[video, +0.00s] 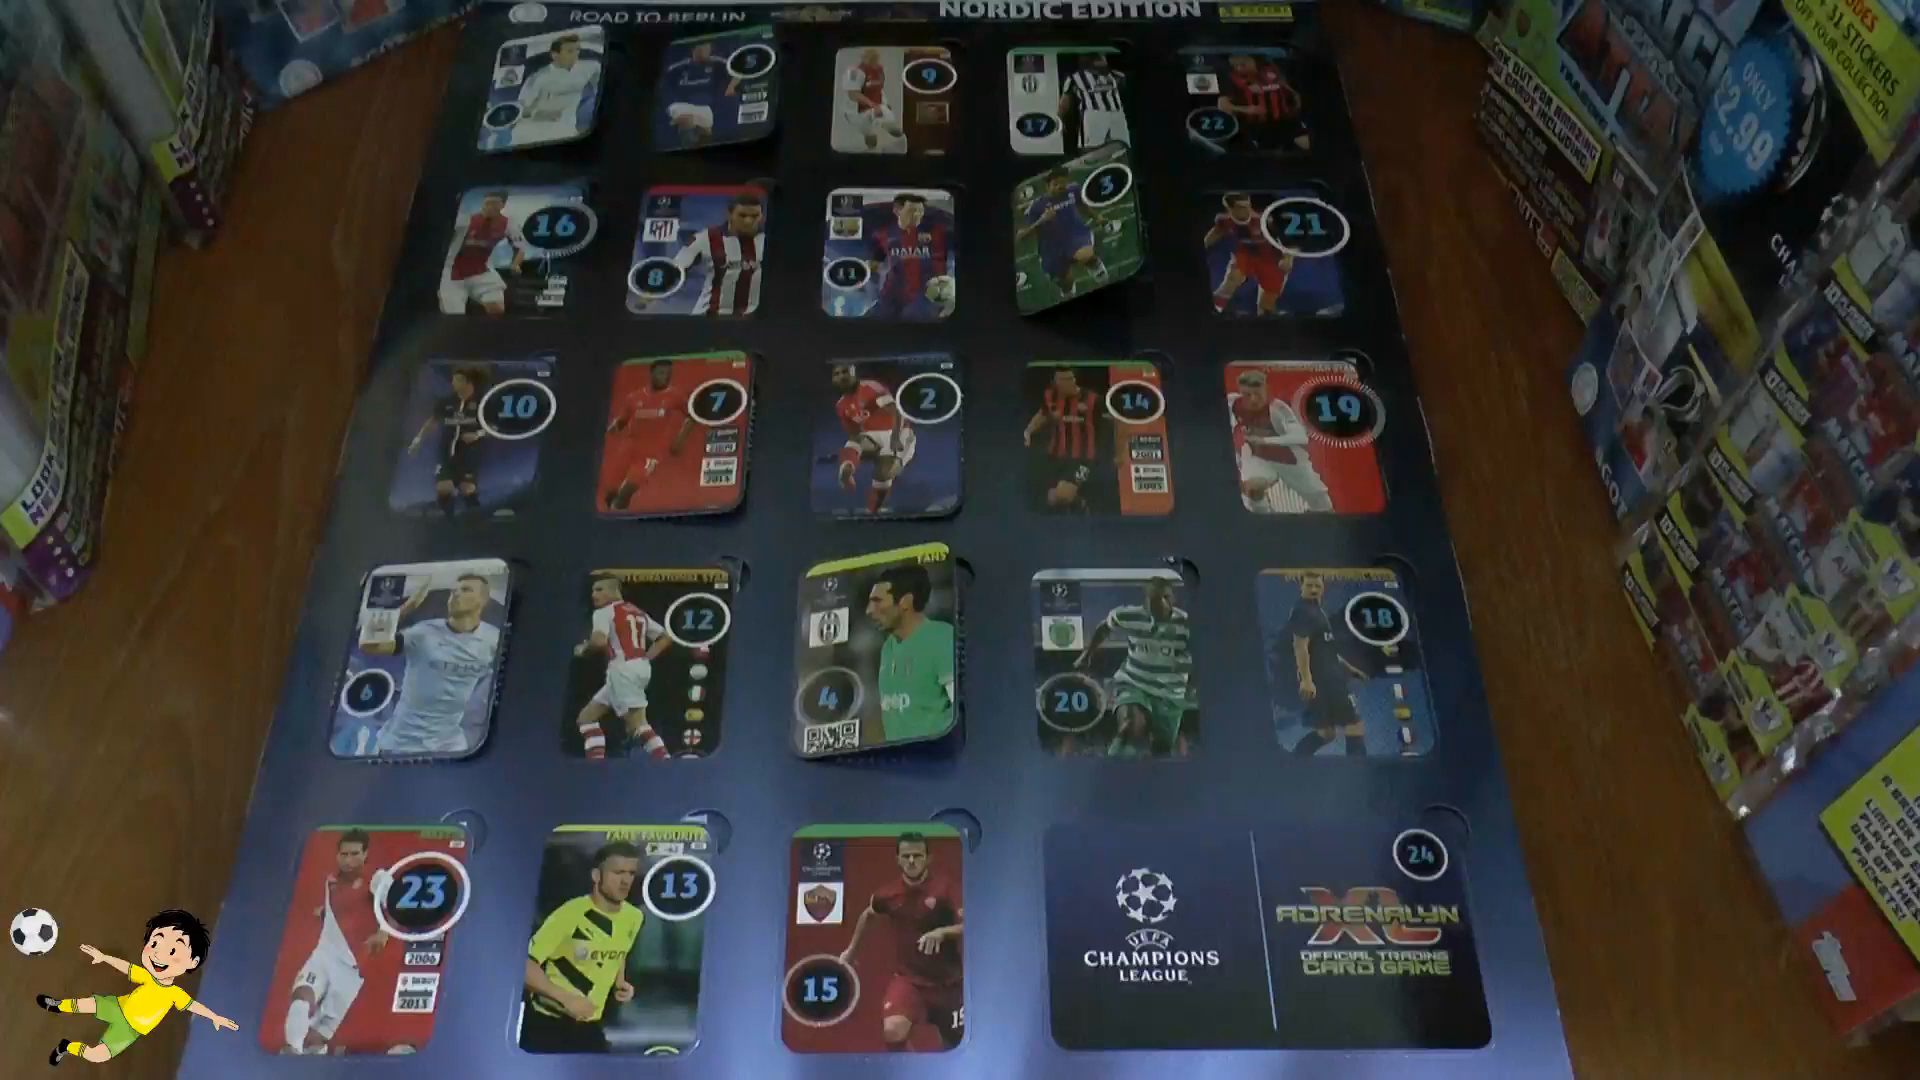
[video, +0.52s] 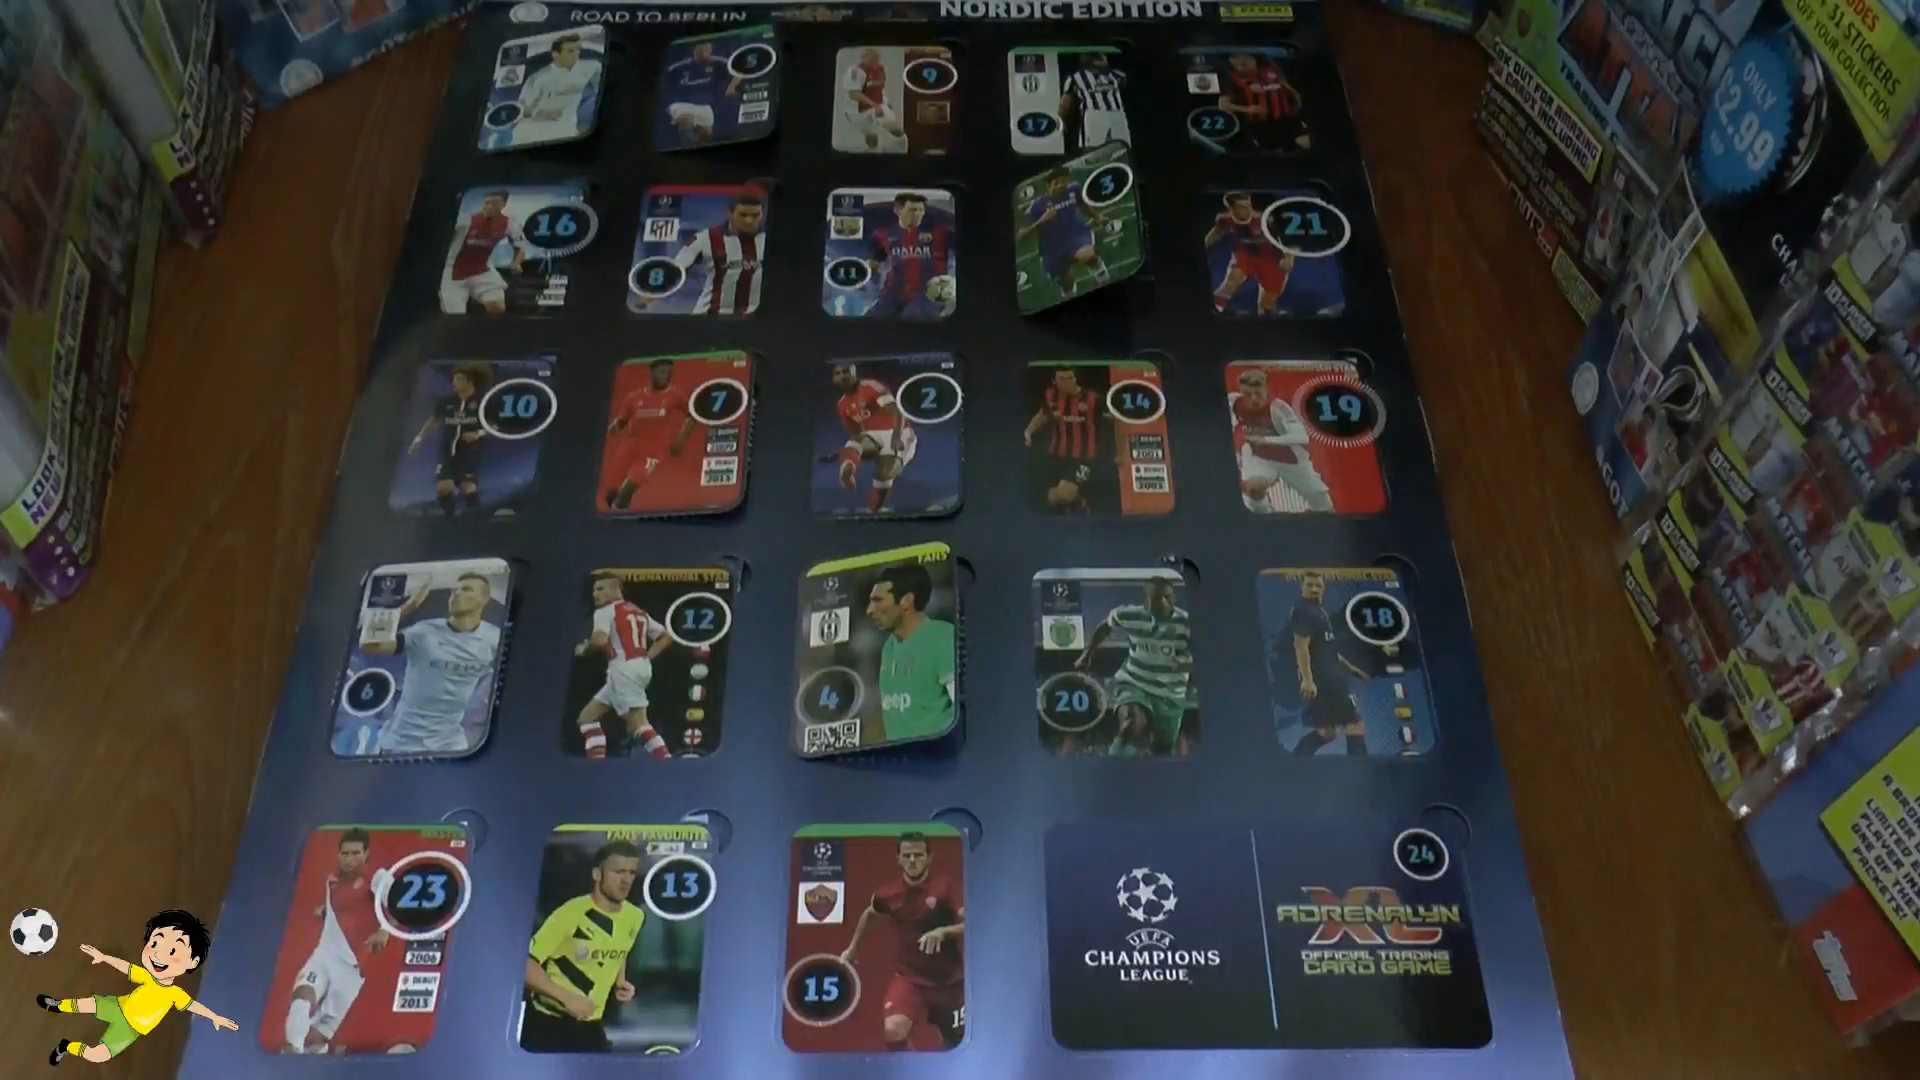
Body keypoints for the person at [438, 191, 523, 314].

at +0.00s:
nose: (489, 207)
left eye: (493, 204)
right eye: (487, 203)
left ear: (502, 206)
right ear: (482, 204)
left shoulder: (505, 224)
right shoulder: (470, 220)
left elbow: (521, 246)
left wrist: (515, 263)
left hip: (480, 270)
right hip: (454, 271)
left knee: (496, 309)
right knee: (454, 319)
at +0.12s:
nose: (487, 207)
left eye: (492, 203)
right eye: (486, 203)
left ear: (502, 205)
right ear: (482, 204)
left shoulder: (506, 224)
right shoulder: (470, 220)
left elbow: (521, 246)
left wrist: (515, 263)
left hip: (481, 270)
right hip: (454, 271)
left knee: (497, 309)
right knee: (454, 320)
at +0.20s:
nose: (488, 207)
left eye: (493, 203)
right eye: (486, 203)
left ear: (502, 205)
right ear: (482, 204)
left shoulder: (505, 224)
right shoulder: (469, 220)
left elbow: (520, 246)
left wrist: (516, 263)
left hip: (481, 270)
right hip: (454, 272)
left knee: (497, 309)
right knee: (454, 320)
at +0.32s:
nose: (489, 207)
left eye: (493, 203)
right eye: (486, 203)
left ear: (502, 205)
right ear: (482, 203)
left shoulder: (506, 224)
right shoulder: (469, 220)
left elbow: (520, 246)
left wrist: (516, 263)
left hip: (481, 270)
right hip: (454, 272)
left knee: (497, 309)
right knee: (454, 320)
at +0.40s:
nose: (489, 207)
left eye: (493, 203)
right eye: (487, 203)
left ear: (503, 205)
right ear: (482, 203)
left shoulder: (506, 224)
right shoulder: (469, 220)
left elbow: (521, 246)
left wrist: (516, 263)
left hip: (481, 270)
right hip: (454, 271)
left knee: (497, 309)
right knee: (454, 320)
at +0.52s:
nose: (489, 207)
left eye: (494, 203)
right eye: (487, 203)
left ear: (503, 205)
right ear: (483, 204)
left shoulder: (507, 224)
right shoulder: (468, 221)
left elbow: (521, 247)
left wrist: (516, 263)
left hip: (481, 270)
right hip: (455, 272)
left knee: (497, 308)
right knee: (455, 320)